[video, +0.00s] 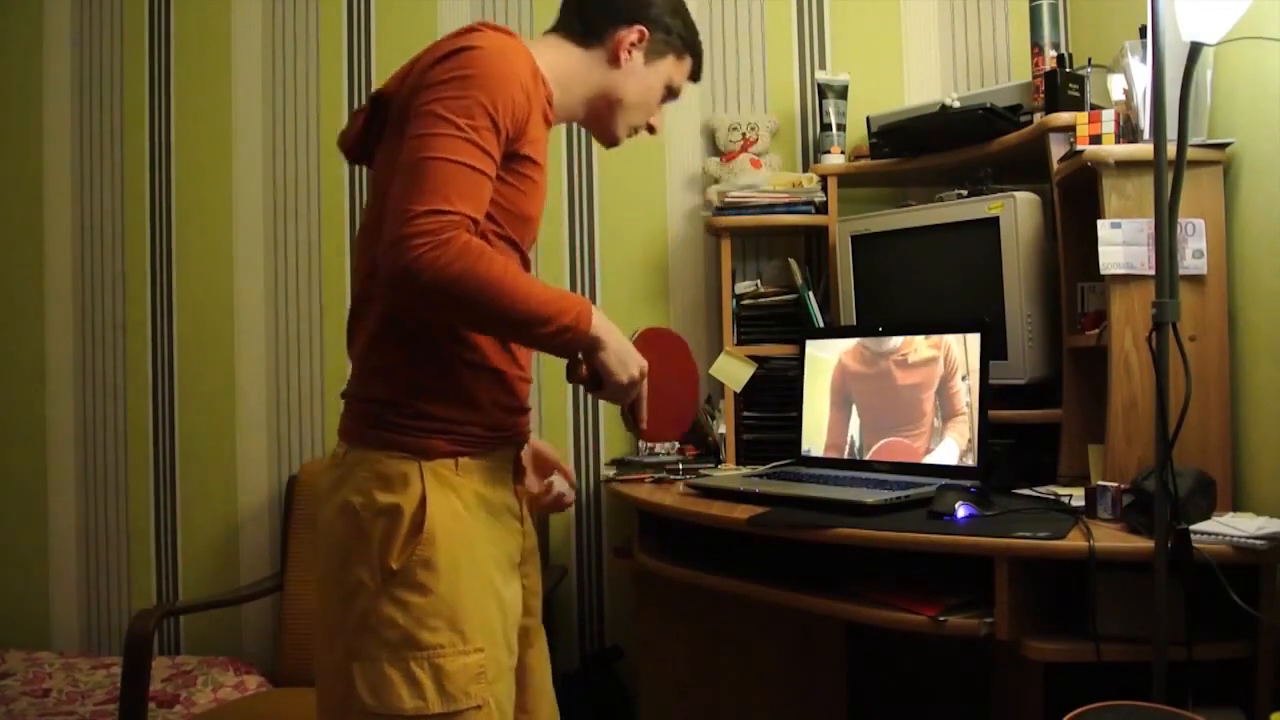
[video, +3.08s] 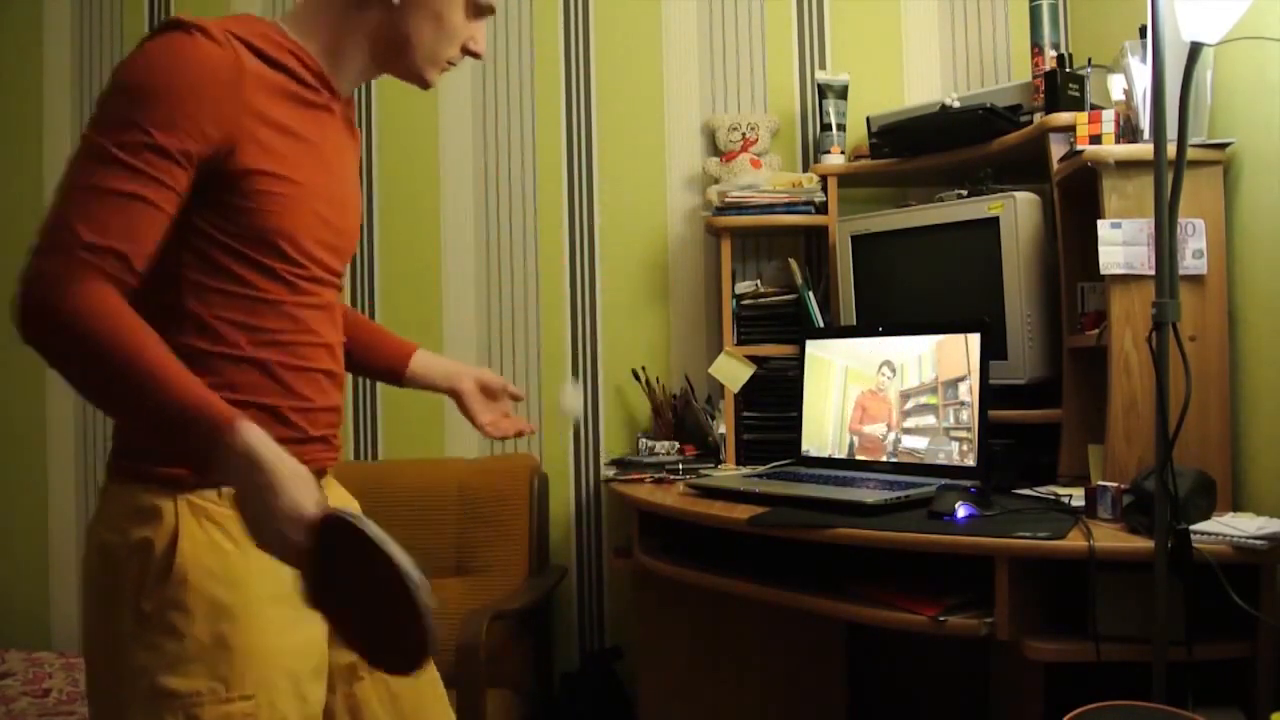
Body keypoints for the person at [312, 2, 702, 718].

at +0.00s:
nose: (656, 123)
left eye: (671, 103)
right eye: (669, 91)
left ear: (627, 48)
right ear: (630, 45)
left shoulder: (518, 102)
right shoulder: (487, 66)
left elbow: (449, 307)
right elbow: (425, 249)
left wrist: (512, 441)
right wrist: (587, 324)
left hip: (481, 488)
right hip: (421, 493)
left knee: (518, 706)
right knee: (441, 706)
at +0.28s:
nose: (599, 72)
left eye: (612, 51)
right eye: (608, 39)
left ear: (554, 7)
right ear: (560, 0)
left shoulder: (458, 75)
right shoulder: (423, 55)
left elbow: (430, 309)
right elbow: (379, 279)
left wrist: (564, 353)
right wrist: (543, 391)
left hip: (469, 498)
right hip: (410, 509)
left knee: (528, 711)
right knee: (443, 710)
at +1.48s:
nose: (564, 35)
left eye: (574, 13)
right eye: (568, 5)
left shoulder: (416, 69)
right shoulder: (336, 47)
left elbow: (416, 297)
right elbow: (296, 286)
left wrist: (578, 329)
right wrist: (490, 380)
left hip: (445, 497)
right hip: (362, 508)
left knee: (508, 710)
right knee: (388, 710)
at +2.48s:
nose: (535, 58)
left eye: (546, 35)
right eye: (539, 24)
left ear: (477, 6)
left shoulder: (407, 119)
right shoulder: (283, 54)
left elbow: (441, 319)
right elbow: (252, 280)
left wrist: (580, 403)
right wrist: (443, 360)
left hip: (394, 504)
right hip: (274, 510)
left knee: (456, 710)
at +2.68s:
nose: (478, 33)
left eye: (486, 12)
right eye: (477, 2)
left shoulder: (355, 110)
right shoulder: (208, 39)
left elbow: (406, 315)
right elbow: (147, 278)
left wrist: (561, 307)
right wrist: (365, 358)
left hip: (349, 513)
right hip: (217, 517)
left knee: (413, 708)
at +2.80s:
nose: (461, 15)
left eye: (466, 4)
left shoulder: (339, 110)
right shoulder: (174, 35)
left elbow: (385, 306)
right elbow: (59, 261)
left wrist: (540, 305)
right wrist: (267, 370)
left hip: (341, 518)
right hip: (203, 524)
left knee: (408, 711)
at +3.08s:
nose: (479, 43)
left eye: (486, 18)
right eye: (475, 8)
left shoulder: (336, 114)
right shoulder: (199, 64)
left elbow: (301, 310)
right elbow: (61, 292)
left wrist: (448, 373)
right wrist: (249, 455)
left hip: (316, 522)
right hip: (194, 531)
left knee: (417, 712)